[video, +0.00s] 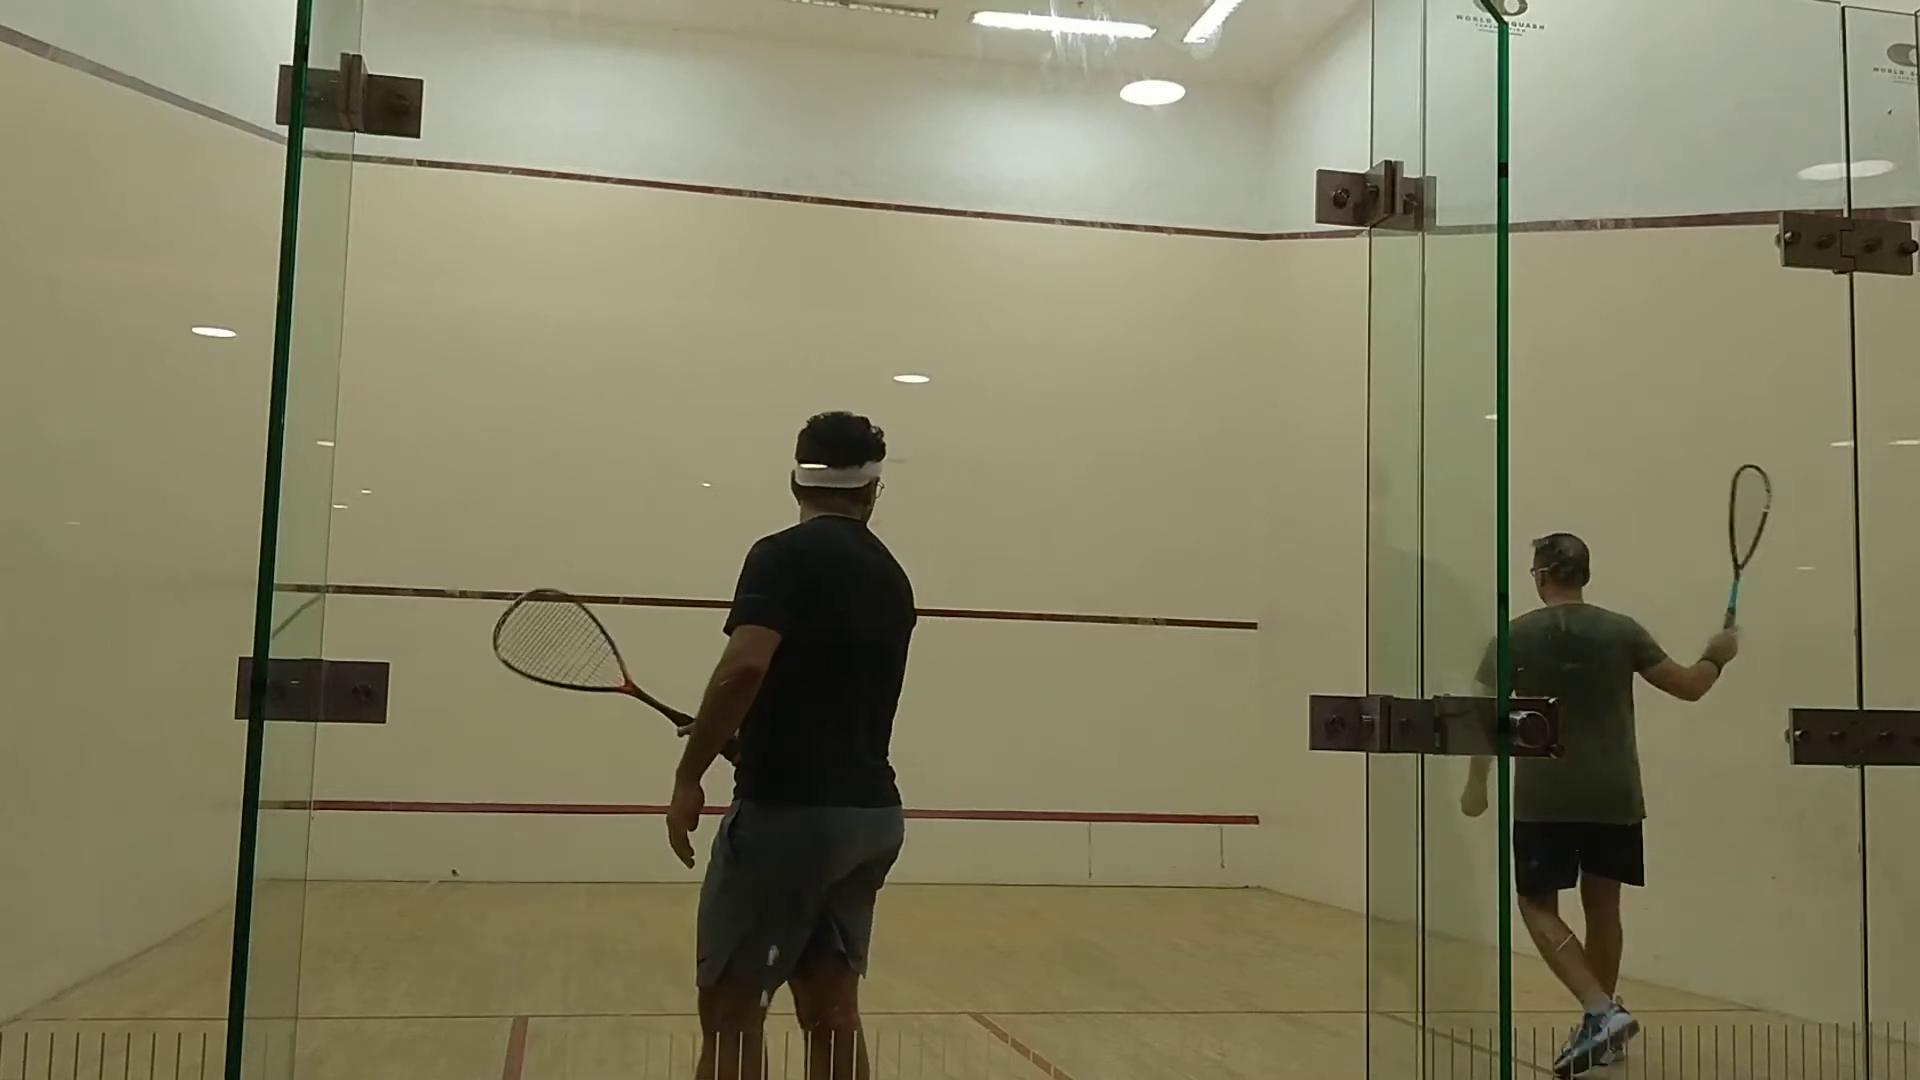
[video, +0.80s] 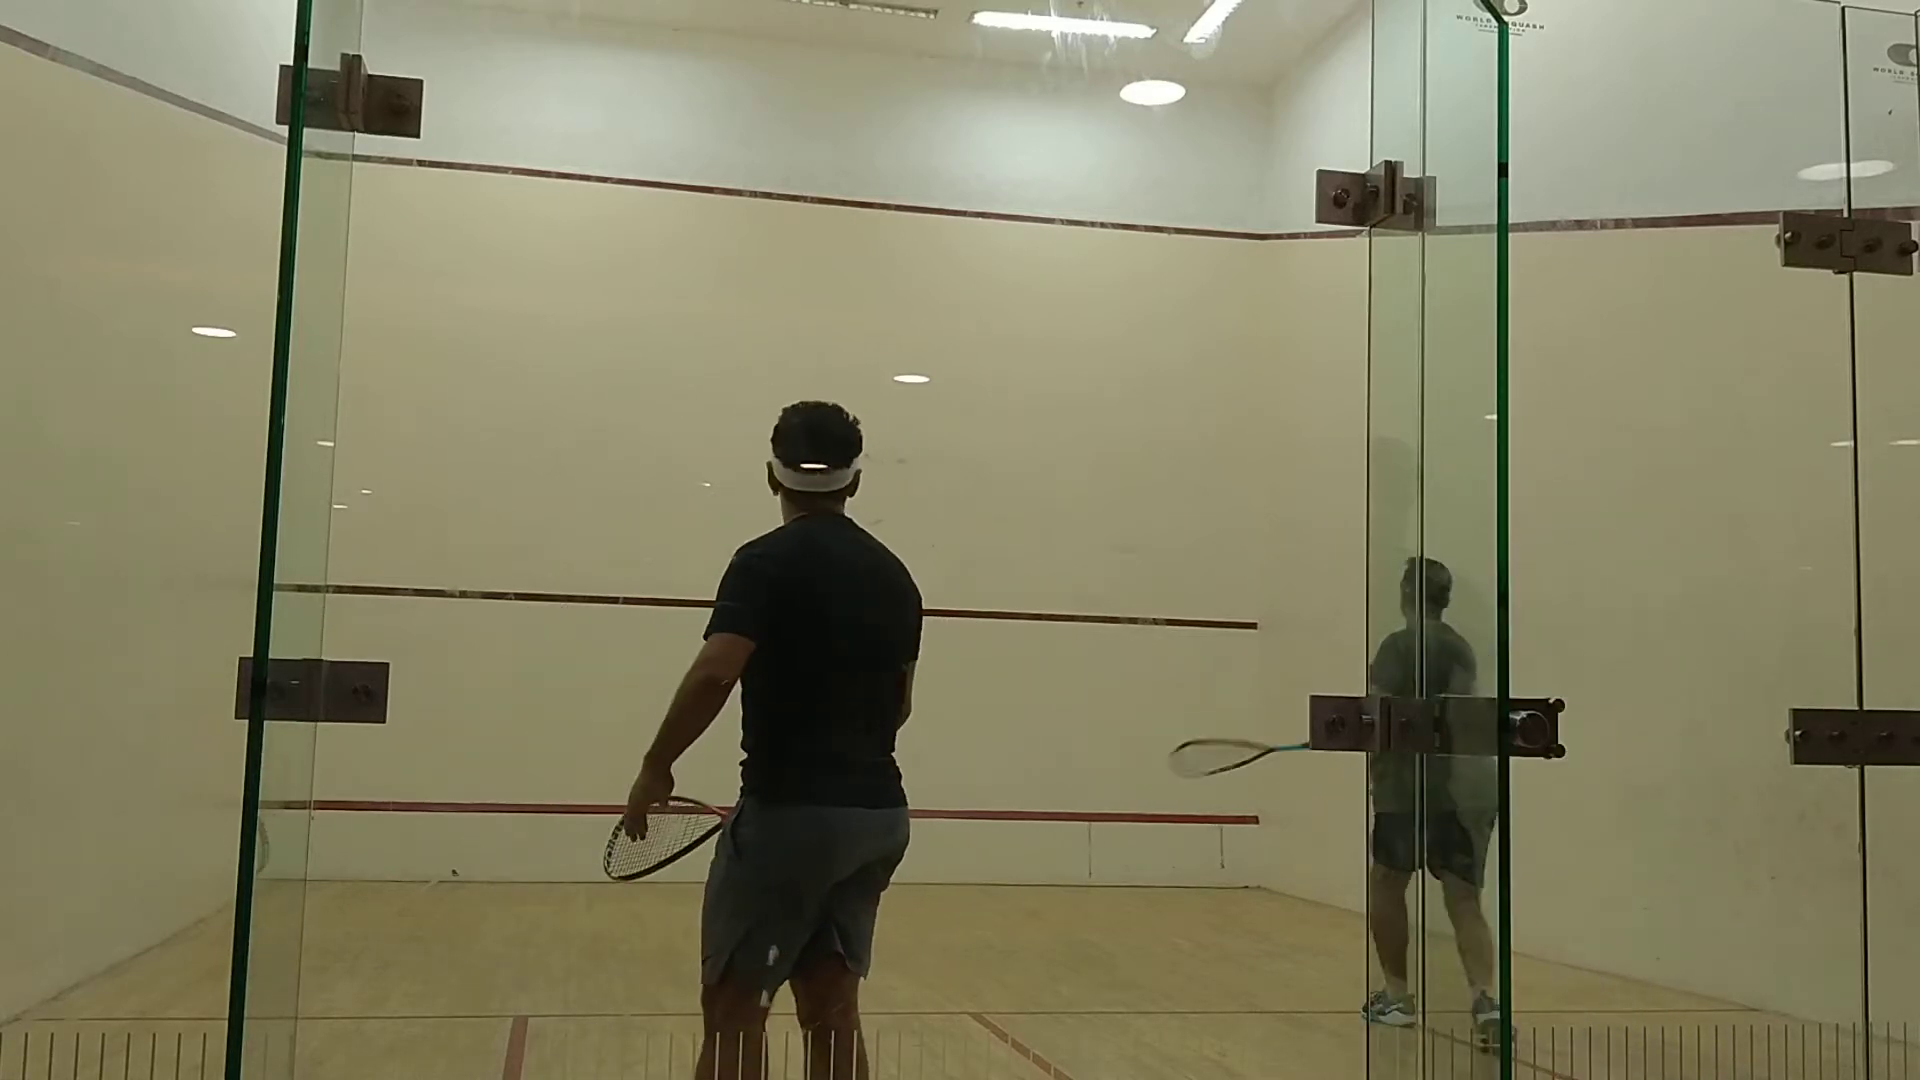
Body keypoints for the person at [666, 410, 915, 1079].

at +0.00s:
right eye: (874, 483)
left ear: (798, 484)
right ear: (874, 491)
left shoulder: (779, 555)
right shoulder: (891, 576)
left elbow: (744, 669)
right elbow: (855, 704)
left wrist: (688, 775)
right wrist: (748, 737)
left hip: (781, 821)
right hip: (871, 819)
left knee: (731, 1009)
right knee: (830, 1003)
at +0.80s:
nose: (781, 476)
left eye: (776, 468)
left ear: (774, 476)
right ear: (854, 479)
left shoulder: (762, 562)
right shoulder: (895, 576)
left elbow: (716, 673)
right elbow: (896, 706)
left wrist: (657, 764)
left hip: (785, 820)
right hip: (876, 819)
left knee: (732, 1006)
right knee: (830, 1002)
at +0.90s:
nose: (768, 478)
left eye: (768, 469)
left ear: (772, 480)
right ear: (851, 482)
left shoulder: (773, 560)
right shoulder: (890, 573)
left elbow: (746, 672)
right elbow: (880, 708)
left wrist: (676, 766)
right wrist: (774, 798)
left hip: (794, 820)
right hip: (880, 820)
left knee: (742, 1014)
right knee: (831, 1006)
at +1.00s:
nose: (765, 478)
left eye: (767, 468)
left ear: (770, 479)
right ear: (850, 481)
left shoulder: (784, 559)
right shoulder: (882, 565)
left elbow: (773, 671)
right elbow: (862, 700)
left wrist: (700, 781)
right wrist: (780, 801)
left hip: (805, 818)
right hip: (883, 816)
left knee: (754, 1007)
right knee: (832, 1006)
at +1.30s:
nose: (773, 476)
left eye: (774, 464)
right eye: (779, 463)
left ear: (785, 482)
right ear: (861, 479)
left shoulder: (821, 567)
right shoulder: (889, 558)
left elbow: (823, 696)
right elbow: (891, 708)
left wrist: (774, 831)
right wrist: (813, 832)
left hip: (857, 830)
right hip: (908, 825)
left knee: (821, 1024)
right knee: (837, 1017)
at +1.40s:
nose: (781, 487)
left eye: (783, 475)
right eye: (785, 474)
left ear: (798, 494)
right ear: (870, 492)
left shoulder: (842, 583)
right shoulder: (892, 571)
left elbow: (841, 709)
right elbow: (898, 722)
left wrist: (782, 845)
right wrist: (827, 827)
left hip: (883, 852)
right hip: (879, 847)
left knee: (889, 1047)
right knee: (800, 1008)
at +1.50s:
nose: (782, 497)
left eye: (787, 483)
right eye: (786, 482)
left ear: (810, 499)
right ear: (867, 498)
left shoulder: (865, 586)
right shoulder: (882, 575)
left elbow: (864, 715)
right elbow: (892, 727)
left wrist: (798, 852)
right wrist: (814, 812)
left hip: (905, 851)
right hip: (872, 846)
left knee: (903, 1052)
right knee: (781, 1015)